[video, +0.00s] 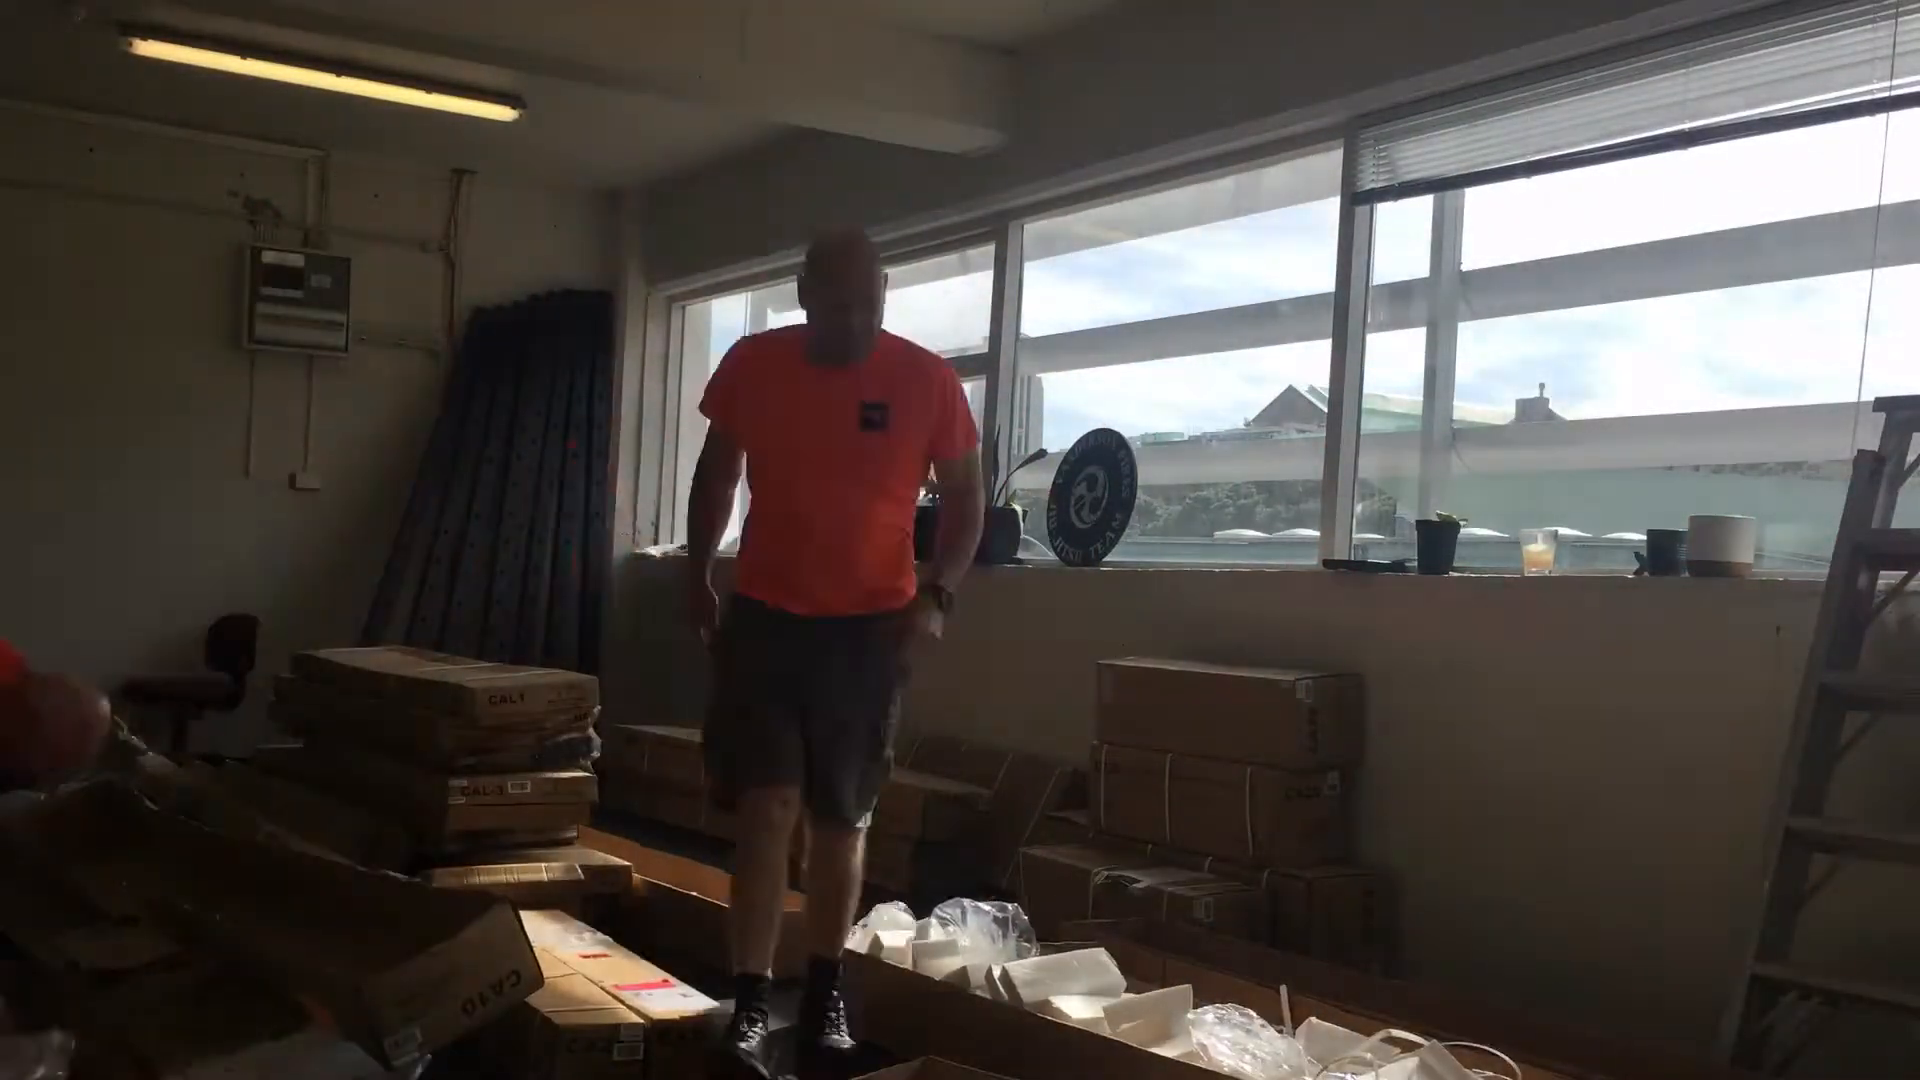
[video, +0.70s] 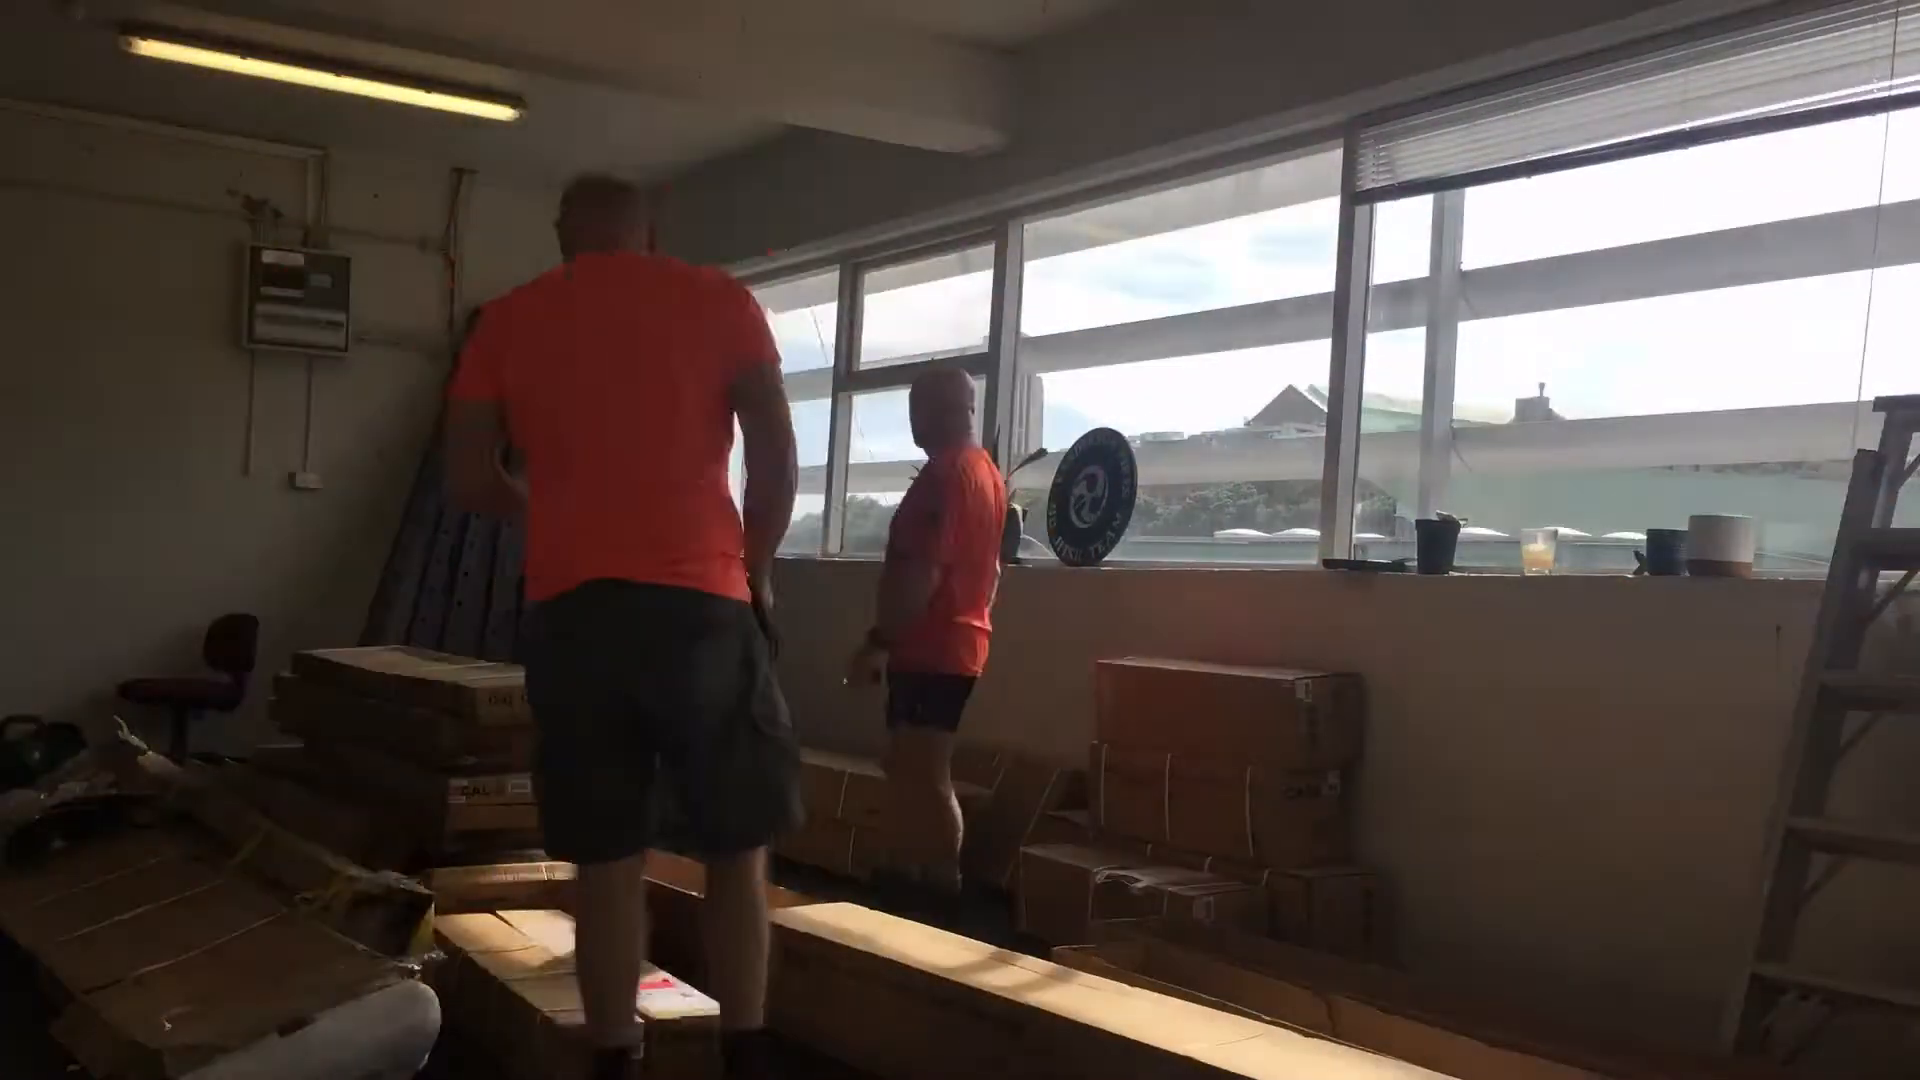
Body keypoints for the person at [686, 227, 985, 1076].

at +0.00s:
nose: (847, 326)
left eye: (860, 310)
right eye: (834, 311)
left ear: (884, 298)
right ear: (804, 297)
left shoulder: (928, 380)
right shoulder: (753, 363)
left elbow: (966, 495)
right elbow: (717, 469)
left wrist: (937, 594)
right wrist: (699, 570)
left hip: (867, 625)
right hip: (764, 617)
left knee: (840, 820)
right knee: (766, 804)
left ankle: (825, 998)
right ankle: (751, 1008)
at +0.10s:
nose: (928, 359)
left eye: (937, 345)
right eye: (918, 341)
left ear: (939, 346)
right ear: (875, 332)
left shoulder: (909, 412)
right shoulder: (827, 402)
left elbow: (886, 525)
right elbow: (826, 542)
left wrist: (926, 598)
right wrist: (915, 616)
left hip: (832, 605)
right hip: (771, 602)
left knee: (857, 770)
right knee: (792, 793)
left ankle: (771, 932)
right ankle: (787, 987)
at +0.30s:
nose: (1008, 283)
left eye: (1018, 259)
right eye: (993, 250)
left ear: (903, 226)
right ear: (912, 227)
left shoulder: (887, 338)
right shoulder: (862, 358)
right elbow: (846, 625)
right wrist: (951, 792)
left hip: (797, 703)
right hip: (742, 706)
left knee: (835, 976)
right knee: (768, 1021)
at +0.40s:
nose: (924, 311)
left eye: (930, 295)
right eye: (915, 291)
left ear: (914, 293)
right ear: (866, 279)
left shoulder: (894, 375)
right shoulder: (784, 340)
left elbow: (864, 491)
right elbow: (703, 460)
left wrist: (905, 556)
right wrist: (808, 529)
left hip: (847, 612)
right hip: (776, 599)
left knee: (827, 812)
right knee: (846, 795)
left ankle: (773, 1012)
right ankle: (773, 1011)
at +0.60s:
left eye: (762, 303)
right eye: (842, 301)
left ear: (759, 305)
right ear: (847, 305)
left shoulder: (714, 388)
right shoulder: (895, 394)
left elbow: (660, 541)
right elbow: (943, 553)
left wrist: (626, 652)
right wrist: (953, 676)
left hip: (738, 691)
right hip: (855, 694)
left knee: (742, 898)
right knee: (863, 887)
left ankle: (753, 1066)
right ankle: (873, 1059)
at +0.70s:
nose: (649, 253)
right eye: (651, 238)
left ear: (563, 241)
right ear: (648, 234)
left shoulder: (507, 317)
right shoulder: (719, 297)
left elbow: (468, 481)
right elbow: (776, 459)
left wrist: (553, 509)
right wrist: (751, 566)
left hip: (572, 608)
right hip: (702, 605)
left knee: (605, 855)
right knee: (737, 845)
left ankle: (615, 1063)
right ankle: (746, 1057)